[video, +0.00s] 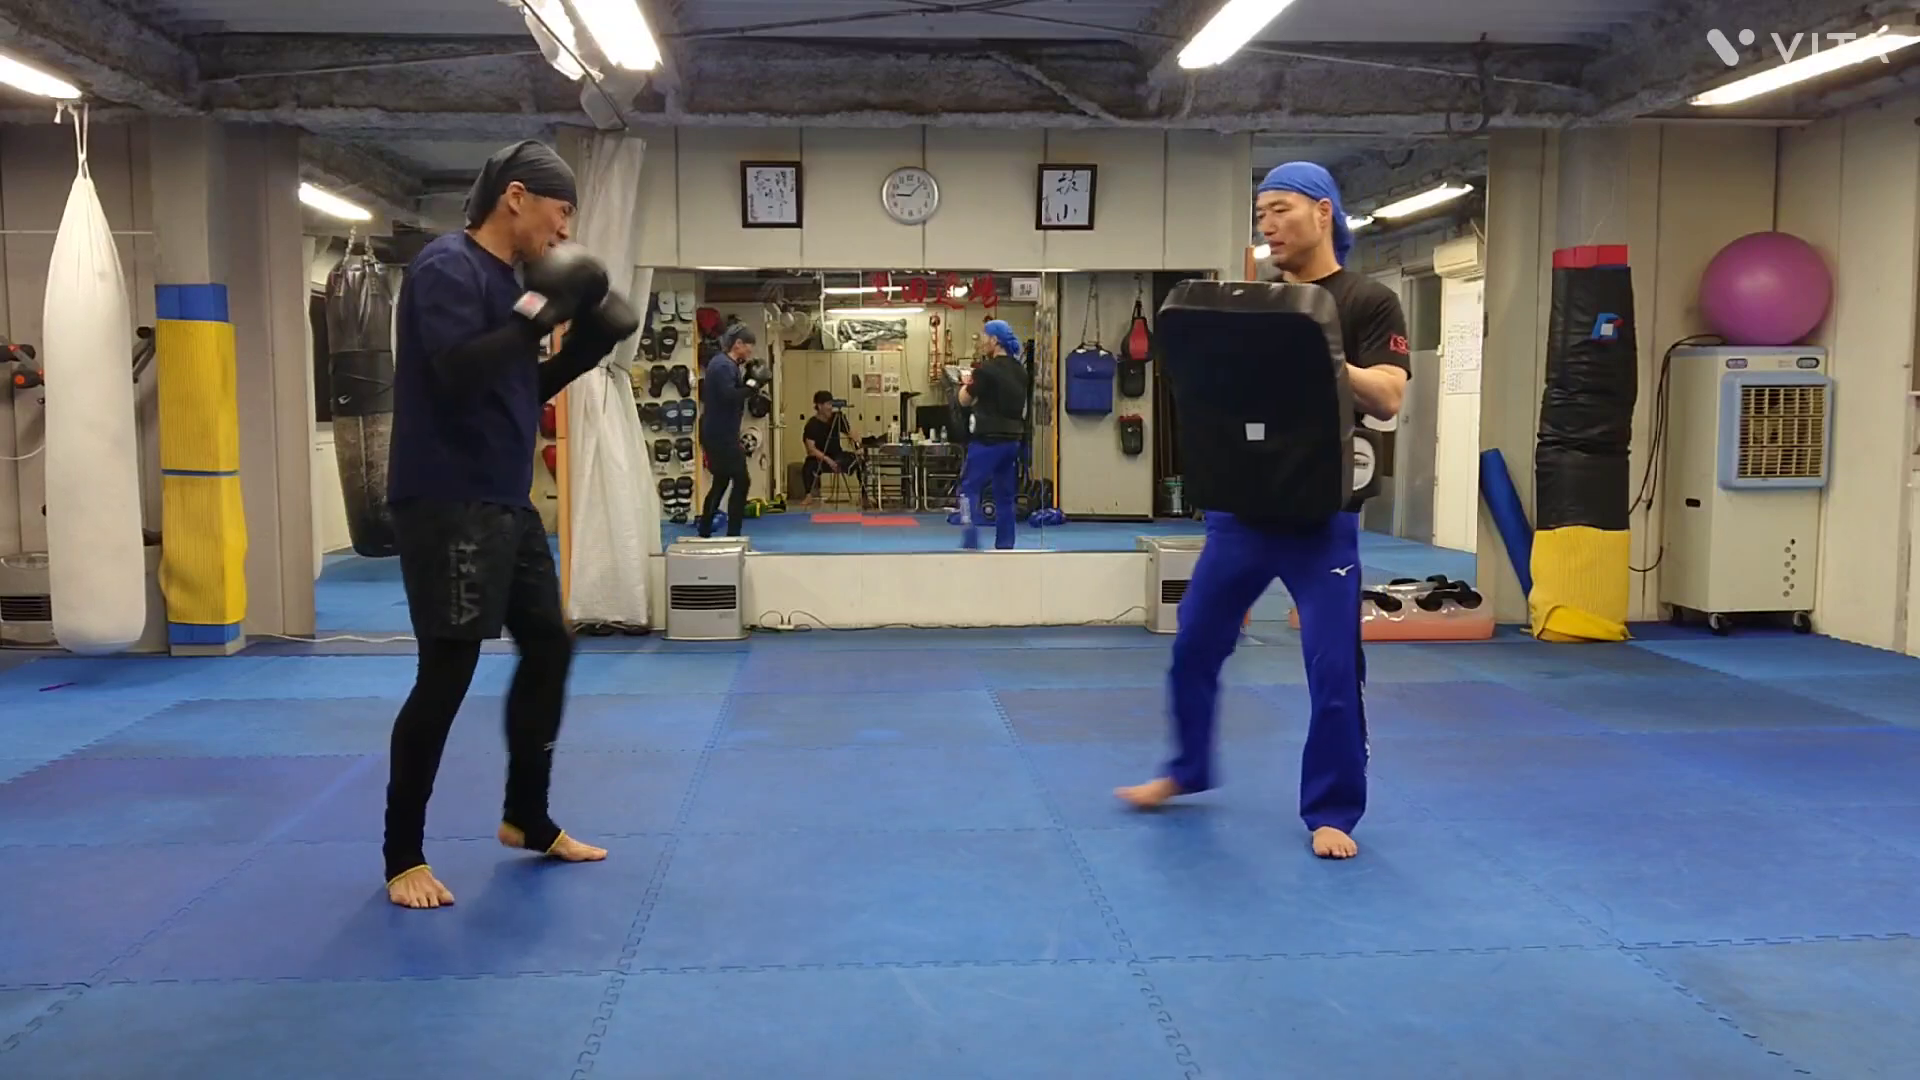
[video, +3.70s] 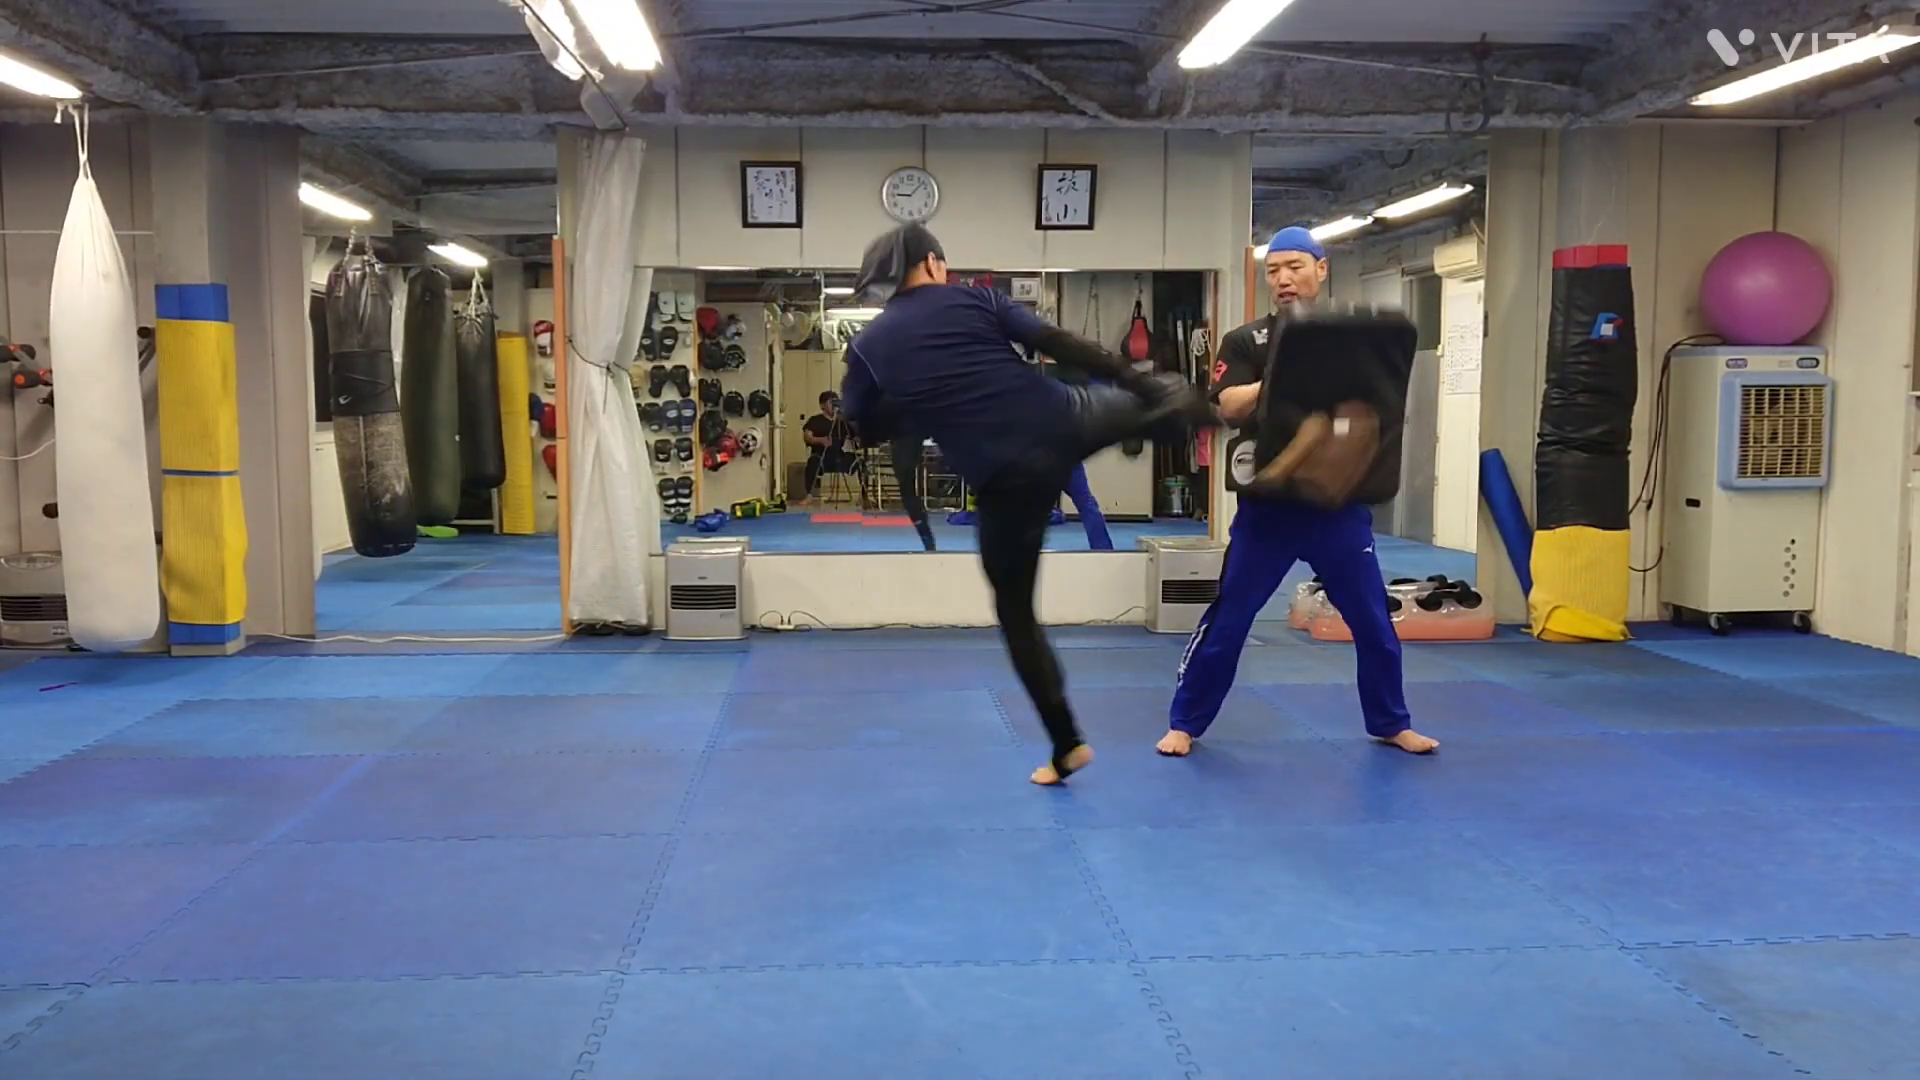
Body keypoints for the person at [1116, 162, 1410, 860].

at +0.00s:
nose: (1268, 226)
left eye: (1281, 210)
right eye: (1262, 216)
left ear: (1324, 215)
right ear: (1262, 228)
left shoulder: (1367, 297)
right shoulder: (1253, 302)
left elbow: (1389, 396)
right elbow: (1213, 375)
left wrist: (1326, 365)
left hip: (1325, 517)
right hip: (1241, 511)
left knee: (1335, 673)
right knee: (1194, 641)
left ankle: (1332, 816)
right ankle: (1188, 771)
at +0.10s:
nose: (1251, 227)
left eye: (1264, 212)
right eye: (1246, 216)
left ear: (1308, 216)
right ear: (1245, 226)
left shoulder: (1354, 304)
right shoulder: (1229, 307)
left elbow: (1381, 399)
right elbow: (1193, 386)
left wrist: (1318, 364)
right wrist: (1202, 338)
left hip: (1310, 523)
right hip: (1223, 518)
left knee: (1329, 676)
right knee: (1164, 648)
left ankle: (1331, 818)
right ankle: (1119, 780)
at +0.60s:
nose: (1156, 237)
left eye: (1169, 222)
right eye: (1149, 227)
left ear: (1211, 227)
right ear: (1144, 238)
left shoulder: (1256, 317)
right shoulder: (1124, 313)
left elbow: (1295, 414)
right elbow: (1091, 395)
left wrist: (1225, 380)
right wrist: (1150, 367)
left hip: (1224, 530)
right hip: (1132, 526)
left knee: (1275, 673)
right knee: (1089, 670)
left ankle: (1318, 816)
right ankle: (1064, 797)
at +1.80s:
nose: (1242, 249)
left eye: (1254, 235)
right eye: (1232, 239)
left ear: (1288, 241)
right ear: (1225, 250)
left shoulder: (1330, 323)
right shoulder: (1201, 322)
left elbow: (1345, 410)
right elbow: (1180, 403)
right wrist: (1237, 379)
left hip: (1293, 518)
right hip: (1209, 512)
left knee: (1323, 653)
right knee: (1160, 639)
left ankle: (1328, 769)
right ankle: (1129, 765)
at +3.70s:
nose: (1284, 278)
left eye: (1294, 267)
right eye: (1274, 270)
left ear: (1321, 270)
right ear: (1266, 278)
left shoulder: (1347, 338)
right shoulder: (1244, 342)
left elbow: (1371, 407)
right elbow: (1227, 405)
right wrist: (1288, 380)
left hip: (1340, 510)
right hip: (1267, 510)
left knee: (1374, 622)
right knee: (1227, 619)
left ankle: (1390, 724)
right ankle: (1184, 724)